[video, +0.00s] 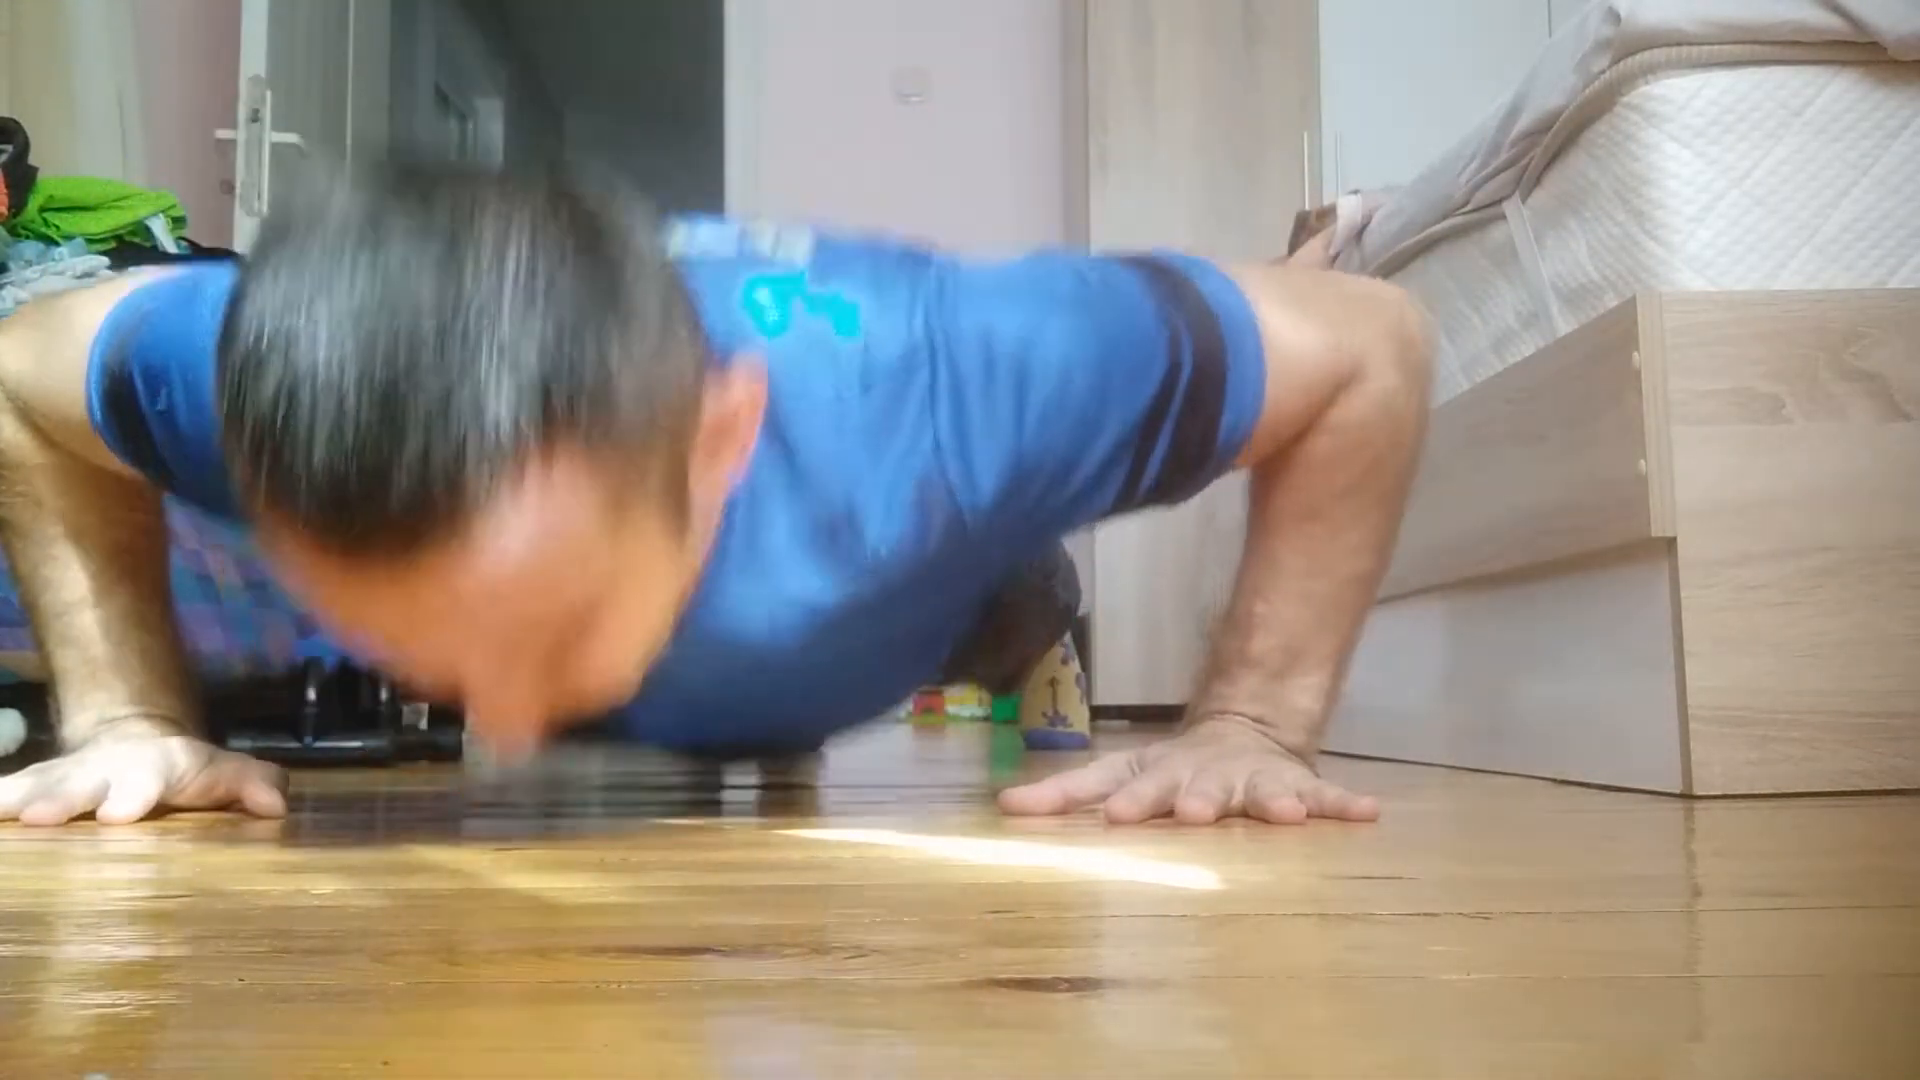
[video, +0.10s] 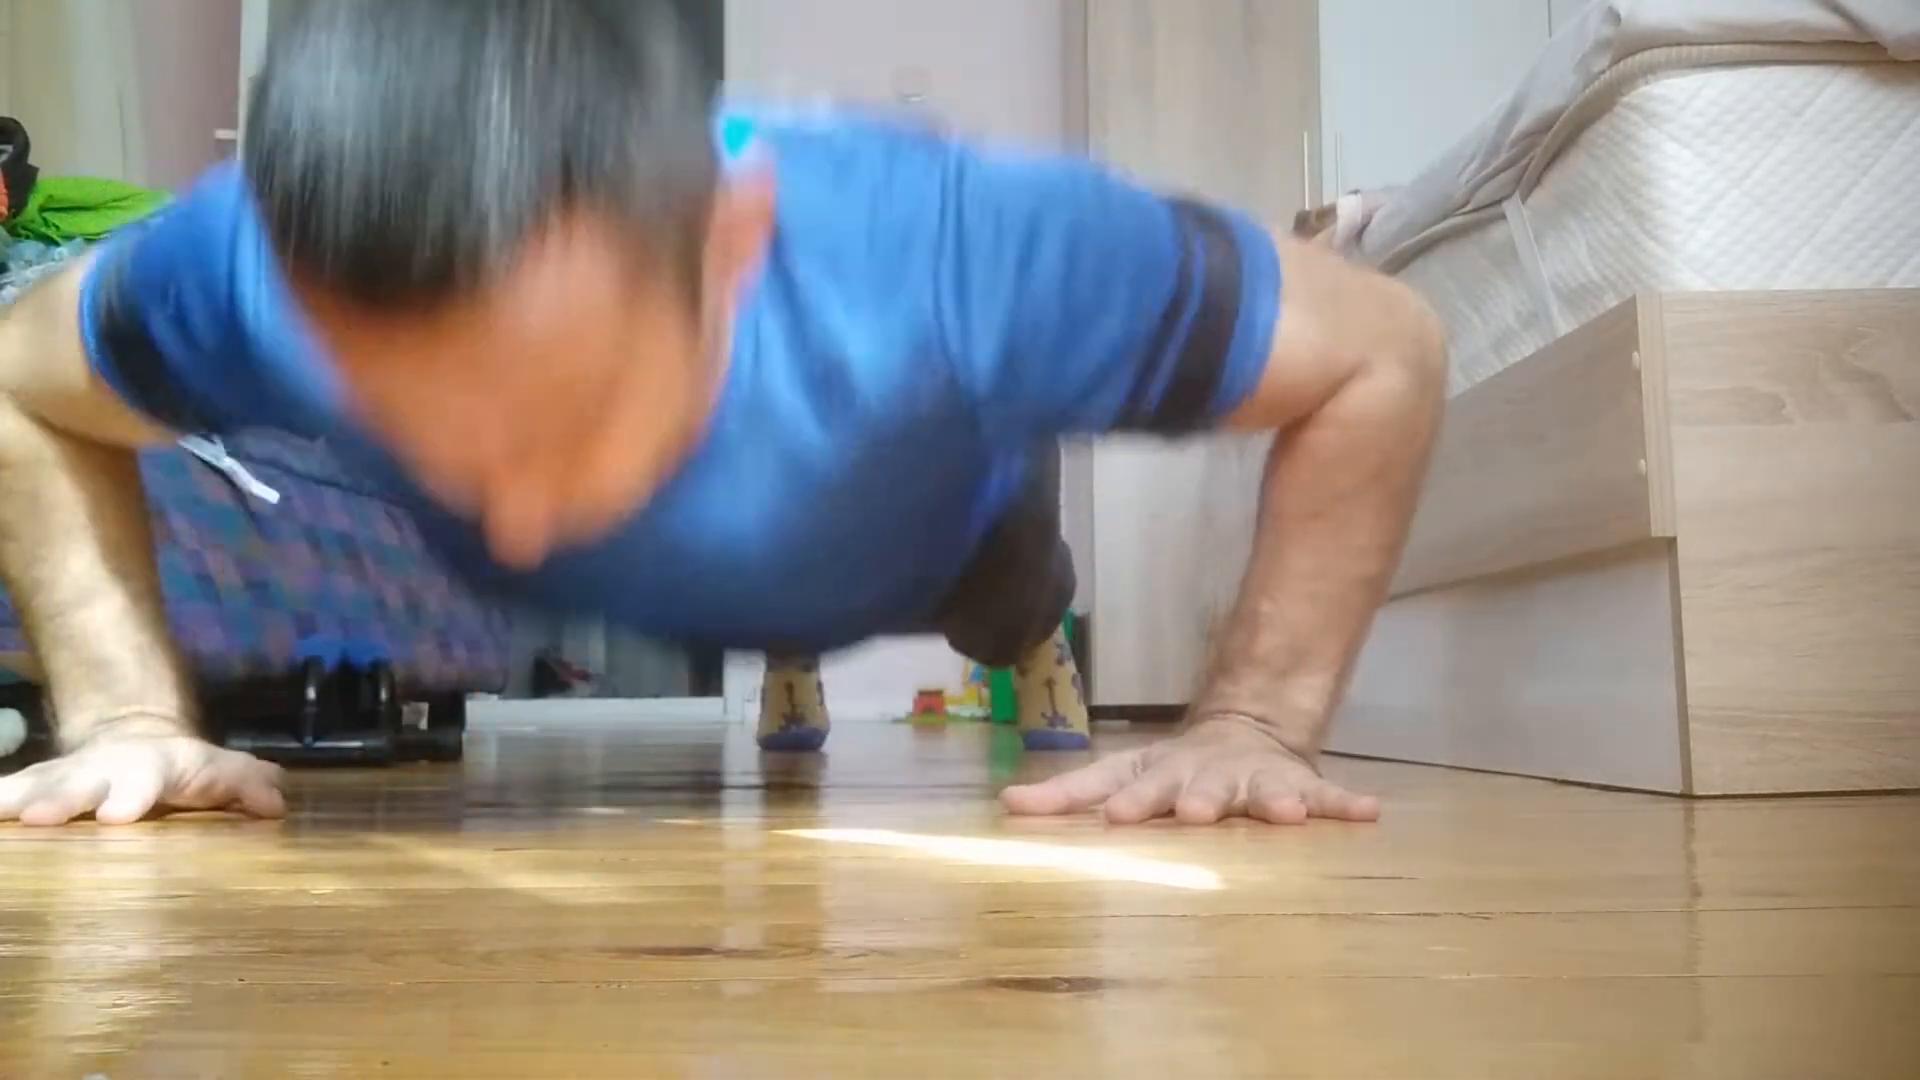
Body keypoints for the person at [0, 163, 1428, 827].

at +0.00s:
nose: (505, 738)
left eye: (563, 645)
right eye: (418, 673)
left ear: (722, 441)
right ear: (298, 518)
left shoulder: (943, 412)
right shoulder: (240, 379)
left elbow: (1372, 351)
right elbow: (30, 375)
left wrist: (1254, 723)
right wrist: (125, 718)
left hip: (890, 644)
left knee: (1010, 640)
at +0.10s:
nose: (506, 506)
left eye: (565, 426)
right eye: (436, 448)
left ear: (728, 243)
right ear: (327, 315)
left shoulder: (958, 271)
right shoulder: (264, 278)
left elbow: (1383, 352)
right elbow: (32, 384)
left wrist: (1260, 717)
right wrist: (132, 712)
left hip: (949, 553)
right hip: (682, 582)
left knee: (1006, 618)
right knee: (783, 630)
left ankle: (1023, 641)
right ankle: (798, 662)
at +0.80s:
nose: (476, 664)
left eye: (535, 571)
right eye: (399, 598)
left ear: (692, 348)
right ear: (287, 451)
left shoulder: (921, 367)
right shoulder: (229, 357)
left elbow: (1348, 354)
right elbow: (51, 398)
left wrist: (1247, 718)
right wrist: (132, 717)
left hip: (958, 678)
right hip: (640, 716)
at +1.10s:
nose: (504, 425)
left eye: (561, 337)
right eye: (434, 352)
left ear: (732, 176)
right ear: (340, 247)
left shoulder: (960, 241)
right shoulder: (256, 255)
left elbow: (1398, 356)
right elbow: (21, 397)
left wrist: (1257, 721)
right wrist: (129, 715)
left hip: (951, 528)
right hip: (704, 554)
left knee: (1010, 607)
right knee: (782, 608)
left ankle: (1034, 639)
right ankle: (805, 659)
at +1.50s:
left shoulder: (975, 12)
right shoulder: (345, 8)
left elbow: (1162, 282)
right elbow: (236, 278)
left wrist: (1241, 705)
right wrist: (146, 712)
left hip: (932, 384)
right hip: (675, 423)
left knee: (1008, 561)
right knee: (778, 566)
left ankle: (1022, 618)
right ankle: (817, 642)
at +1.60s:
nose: (516, 54)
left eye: (559, 12)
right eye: (471, 19)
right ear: (420, 4)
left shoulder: (938, 17)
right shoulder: (315, 32)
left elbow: (1294, 309)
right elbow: (121, 352)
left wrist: (1246, 717)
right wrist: (140, 718)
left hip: (941, 476)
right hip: (687, 514)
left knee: (1010, 612)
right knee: (789, 605)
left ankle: (1013, 654)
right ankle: (820, 656)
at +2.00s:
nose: (450, 619)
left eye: (520, 533)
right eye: (373, 548)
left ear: (691, 364)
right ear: (297, 429)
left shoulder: (945, 357)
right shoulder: (210, 348)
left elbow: (1406, 347)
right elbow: (16, 390)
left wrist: (1261, 725)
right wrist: (119, 712)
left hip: (924, 603)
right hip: (680, 633)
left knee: (1006, 618)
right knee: (802, 666)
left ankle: (1036, 652)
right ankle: (815, 701)